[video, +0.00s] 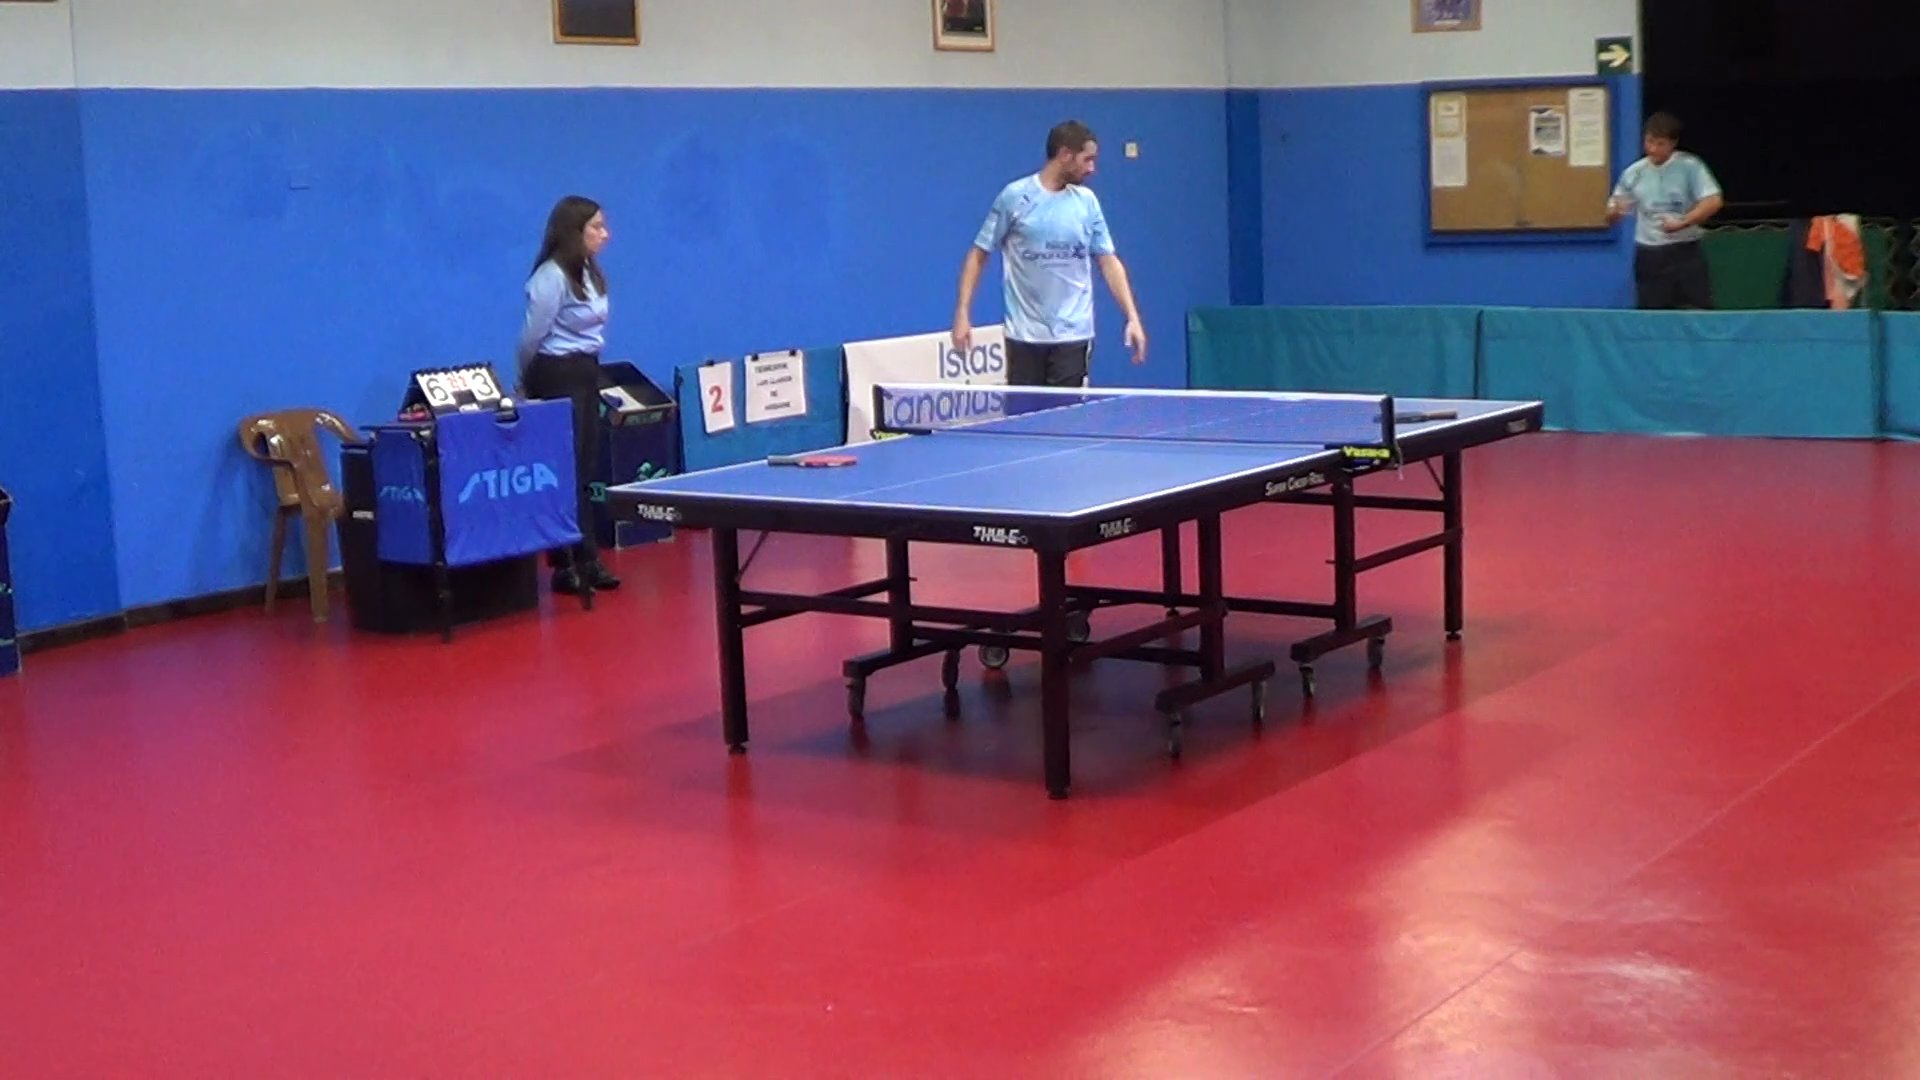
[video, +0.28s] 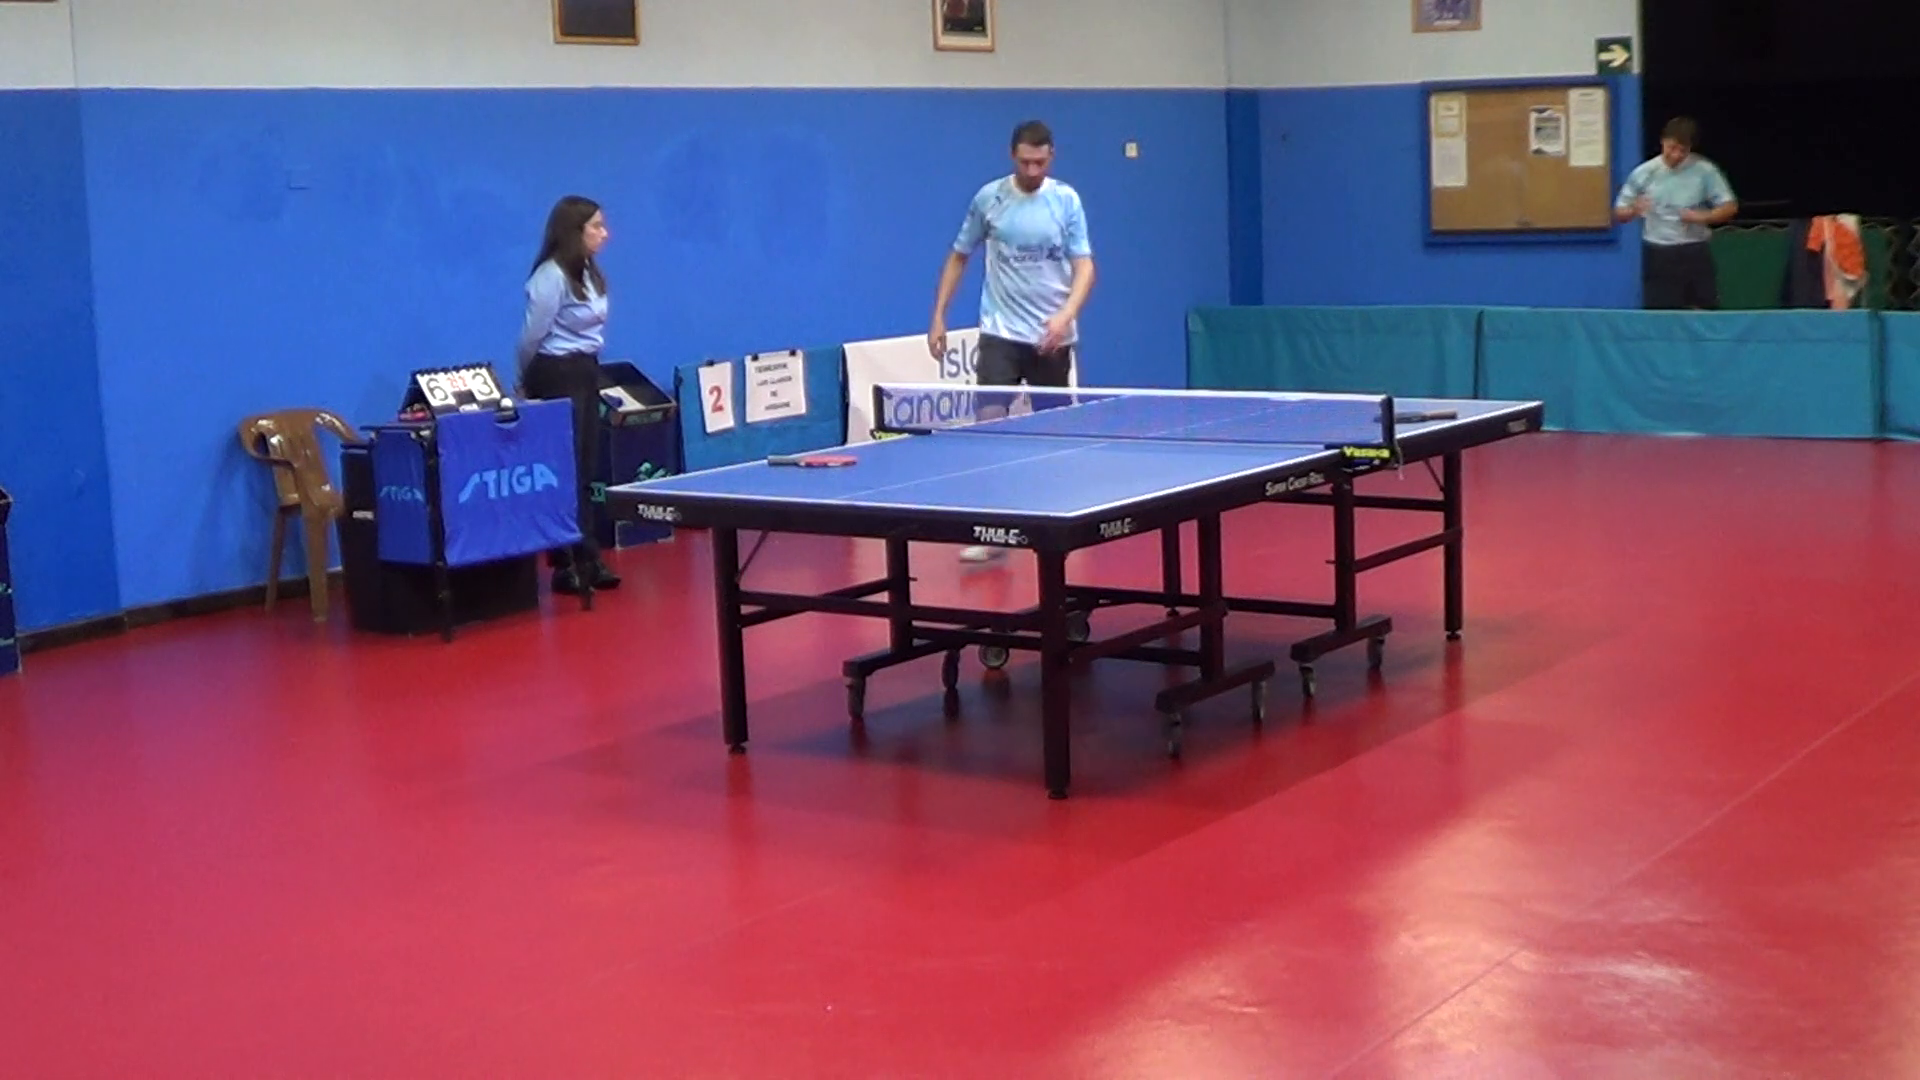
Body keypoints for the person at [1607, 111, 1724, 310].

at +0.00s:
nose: (1653, 148)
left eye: (1660, 144)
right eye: (1650, 142)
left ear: (1673, 144)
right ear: (1644, 141)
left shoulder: (1691, 166)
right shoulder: (1634, 171)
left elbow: (1713, 200)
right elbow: (1615, 203)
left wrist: (1682, 222)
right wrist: (1615, 210)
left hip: (1685, 248)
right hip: (1649, 251)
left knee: (1696, 311)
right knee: (1652, 313)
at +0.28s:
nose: (1676, 155)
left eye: (1682, 150)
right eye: (1672, 148)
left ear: (1690, 149)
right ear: (1662, 144)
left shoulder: (1705, 171)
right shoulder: (1645, 172)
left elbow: (1729, 207)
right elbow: (1619, 213)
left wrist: (1702, 217)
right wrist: (1635, 209)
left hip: (1695, 251)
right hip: (1658, 252)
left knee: (1703, 311)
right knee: (1660, 313)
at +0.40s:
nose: (1696, 150)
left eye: (1701, 145)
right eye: (1692, 143)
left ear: (1706, 146)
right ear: (1678, 139)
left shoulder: (1715, 174)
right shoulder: (1654, 173)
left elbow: (1736, 210)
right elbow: (1629, 212)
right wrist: (1647, 212)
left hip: (1703, 252)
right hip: (1664, 252)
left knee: (1706, 316)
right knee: (1664, 317)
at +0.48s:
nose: (1710, 148)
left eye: (1714, 142)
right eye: (1705, 141)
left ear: (1717, 143)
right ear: (1689, 139)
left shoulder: (1723, 176)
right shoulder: (1662, 173)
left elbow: (1735, 219)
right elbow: (1639, 211)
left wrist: (1745, 262)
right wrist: (1658, 215)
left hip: (1711, 252)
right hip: (1673, 252)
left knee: (1712, 315)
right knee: (1675, 316)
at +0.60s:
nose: (1730, 147)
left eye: (1733, 142)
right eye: (1725, 140)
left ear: (1735, 143)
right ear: (1706, 137)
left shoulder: (1736, 176)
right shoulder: (1676, 172)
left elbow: (1741, 221)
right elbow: (1651, 213)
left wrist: (1751, 262)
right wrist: (1678, 215)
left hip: (1721, 253)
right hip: (1686, 252)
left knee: (1724, 315)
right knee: (1687, 317)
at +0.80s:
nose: (1756, 154)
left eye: (1759, 148)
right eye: (1753, 147)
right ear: (1735, 141)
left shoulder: (1747, 176)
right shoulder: (1700, 170)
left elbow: (1746, 221)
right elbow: (1672, 214)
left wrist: (1753, 264)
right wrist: (1710, 217)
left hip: (1736, 251)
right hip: (1705, 249)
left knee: (1735, 314)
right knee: (1706, 315)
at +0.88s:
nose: (1763, 154)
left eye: (1766, 148)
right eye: (1761, 146)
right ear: (1744, 139)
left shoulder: (1749, 174)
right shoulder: (1708, 168)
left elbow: (1747, 223)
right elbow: (1682, 212)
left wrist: (1756, 262)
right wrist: (1724, 219)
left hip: (1739, 250)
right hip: (1711, 248)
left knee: (1739, 313)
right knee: (1716, 313)